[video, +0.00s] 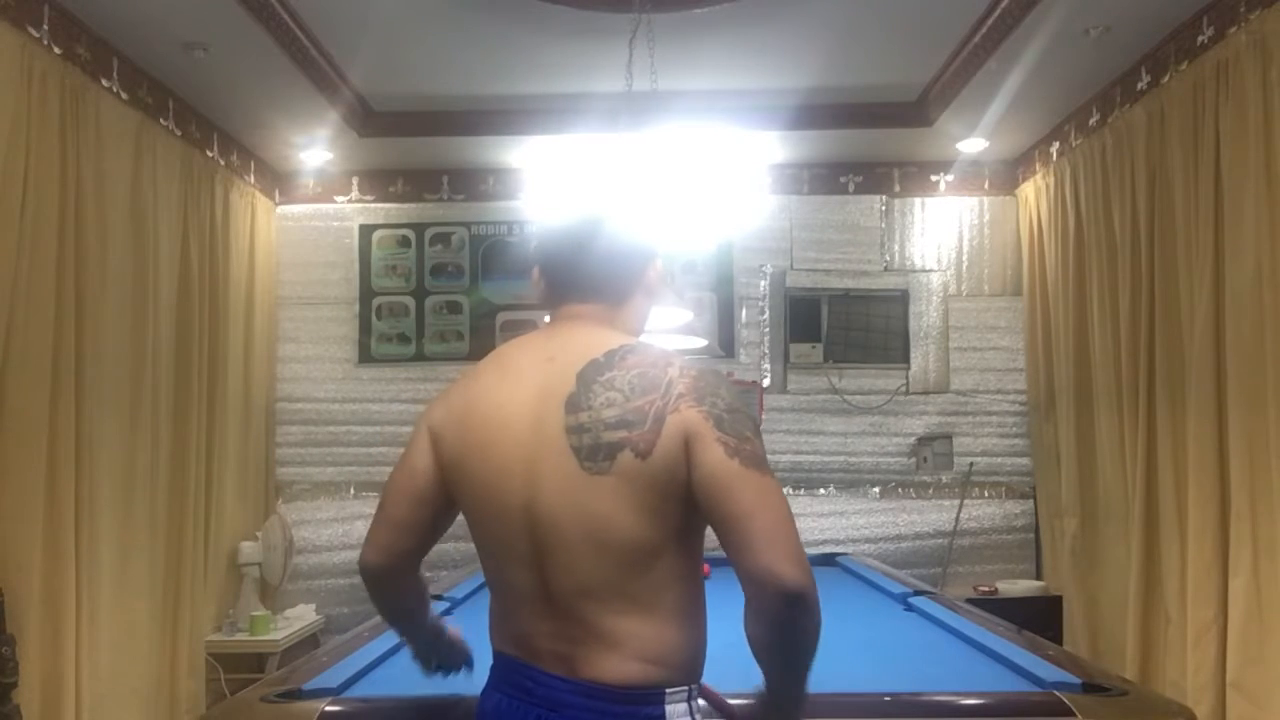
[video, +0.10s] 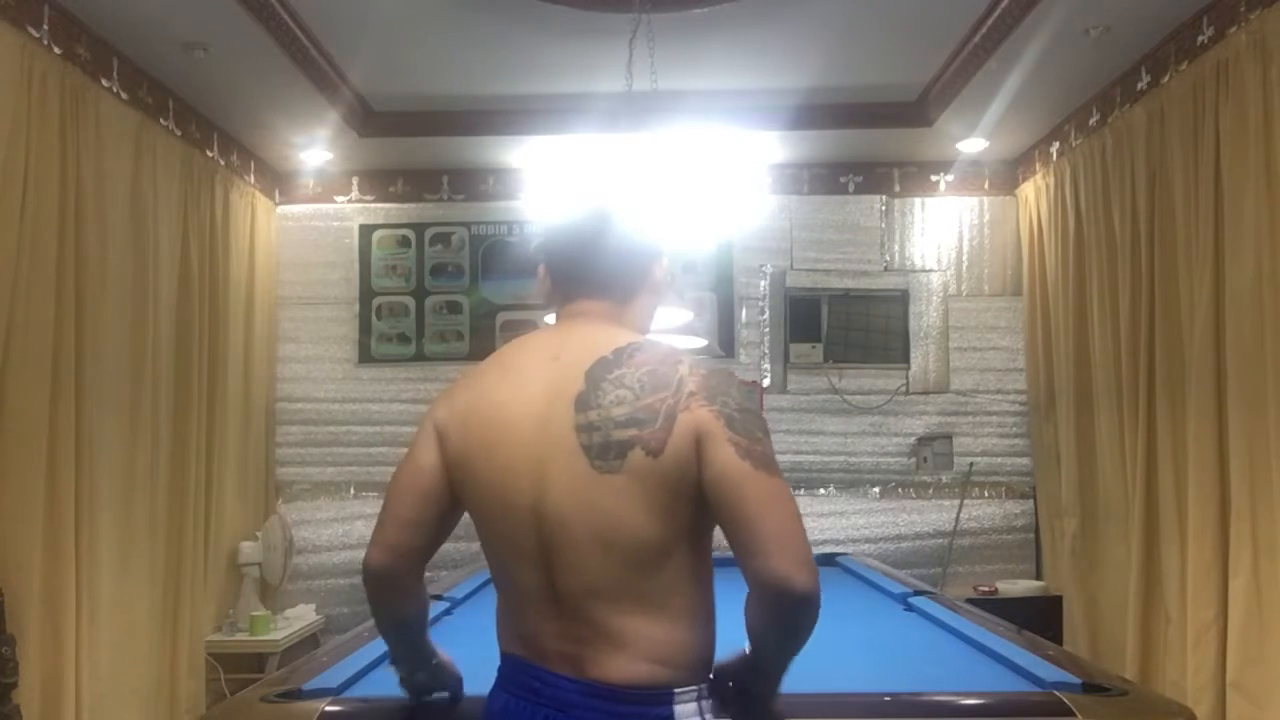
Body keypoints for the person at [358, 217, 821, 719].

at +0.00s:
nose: (661, 282)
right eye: (659, 269)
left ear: (542, 280)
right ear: (646, 276)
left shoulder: (467, 392)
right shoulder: (689, 387)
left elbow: (383, 560)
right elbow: (785, 584)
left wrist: (428, 637)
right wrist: (781, 700)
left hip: (512, 698)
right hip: (648, 703)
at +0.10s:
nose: (666, 281)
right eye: (665, 269)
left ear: (546, 277)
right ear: (654, 274)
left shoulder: (471, 390)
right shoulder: (700, 386)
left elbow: (388, 564)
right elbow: (789, 582)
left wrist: (417, 664)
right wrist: (761, 674)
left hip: (521, 697)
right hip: (660, 702)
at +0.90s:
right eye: (704, 261)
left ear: (582, 263)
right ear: (697, 265)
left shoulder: (492, 385)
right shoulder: (748, 385)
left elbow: (439, 563)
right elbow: (812, 596)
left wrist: (516, 639)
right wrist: (750, 623)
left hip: (538, 698)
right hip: (690, 702)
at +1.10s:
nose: (689, 285)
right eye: (689, 271)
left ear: (570, 268)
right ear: (682, 274)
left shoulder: (486, 387)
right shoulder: (731, 383)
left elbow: (436, 563)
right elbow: (793, 587)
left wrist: (516, 635)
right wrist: (729, 626)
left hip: (523, 698)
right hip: (670, 702)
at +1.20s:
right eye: (687, 270)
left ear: (568, 272)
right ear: (679, 278)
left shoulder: (483, 389)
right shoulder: (722, 383)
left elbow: (435, 564)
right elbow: (786, 582)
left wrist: (518, 640)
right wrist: (734, 630)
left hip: (519, 696)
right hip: (666, 699)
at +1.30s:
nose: (680, 291)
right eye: (681, 277)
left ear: (566, 277)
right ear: (674, 284)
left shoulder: (481, 390)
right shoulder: (715, 381)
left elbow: (435, 564)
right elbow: (775, 576)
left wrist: (511, 638)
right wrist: (734, 615)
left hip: (512, 695)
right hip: (656, 698)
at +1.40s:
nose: (677, 295)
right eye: (677, 282)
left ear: (565, 287)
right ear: (669, 289)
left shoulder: (487, 390)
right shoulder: (698, 377)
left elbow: (435, 565)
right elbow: (768, 570)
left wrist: (510, 636)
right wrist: (714, 597)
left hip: (505, 694)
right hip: (641, 697)